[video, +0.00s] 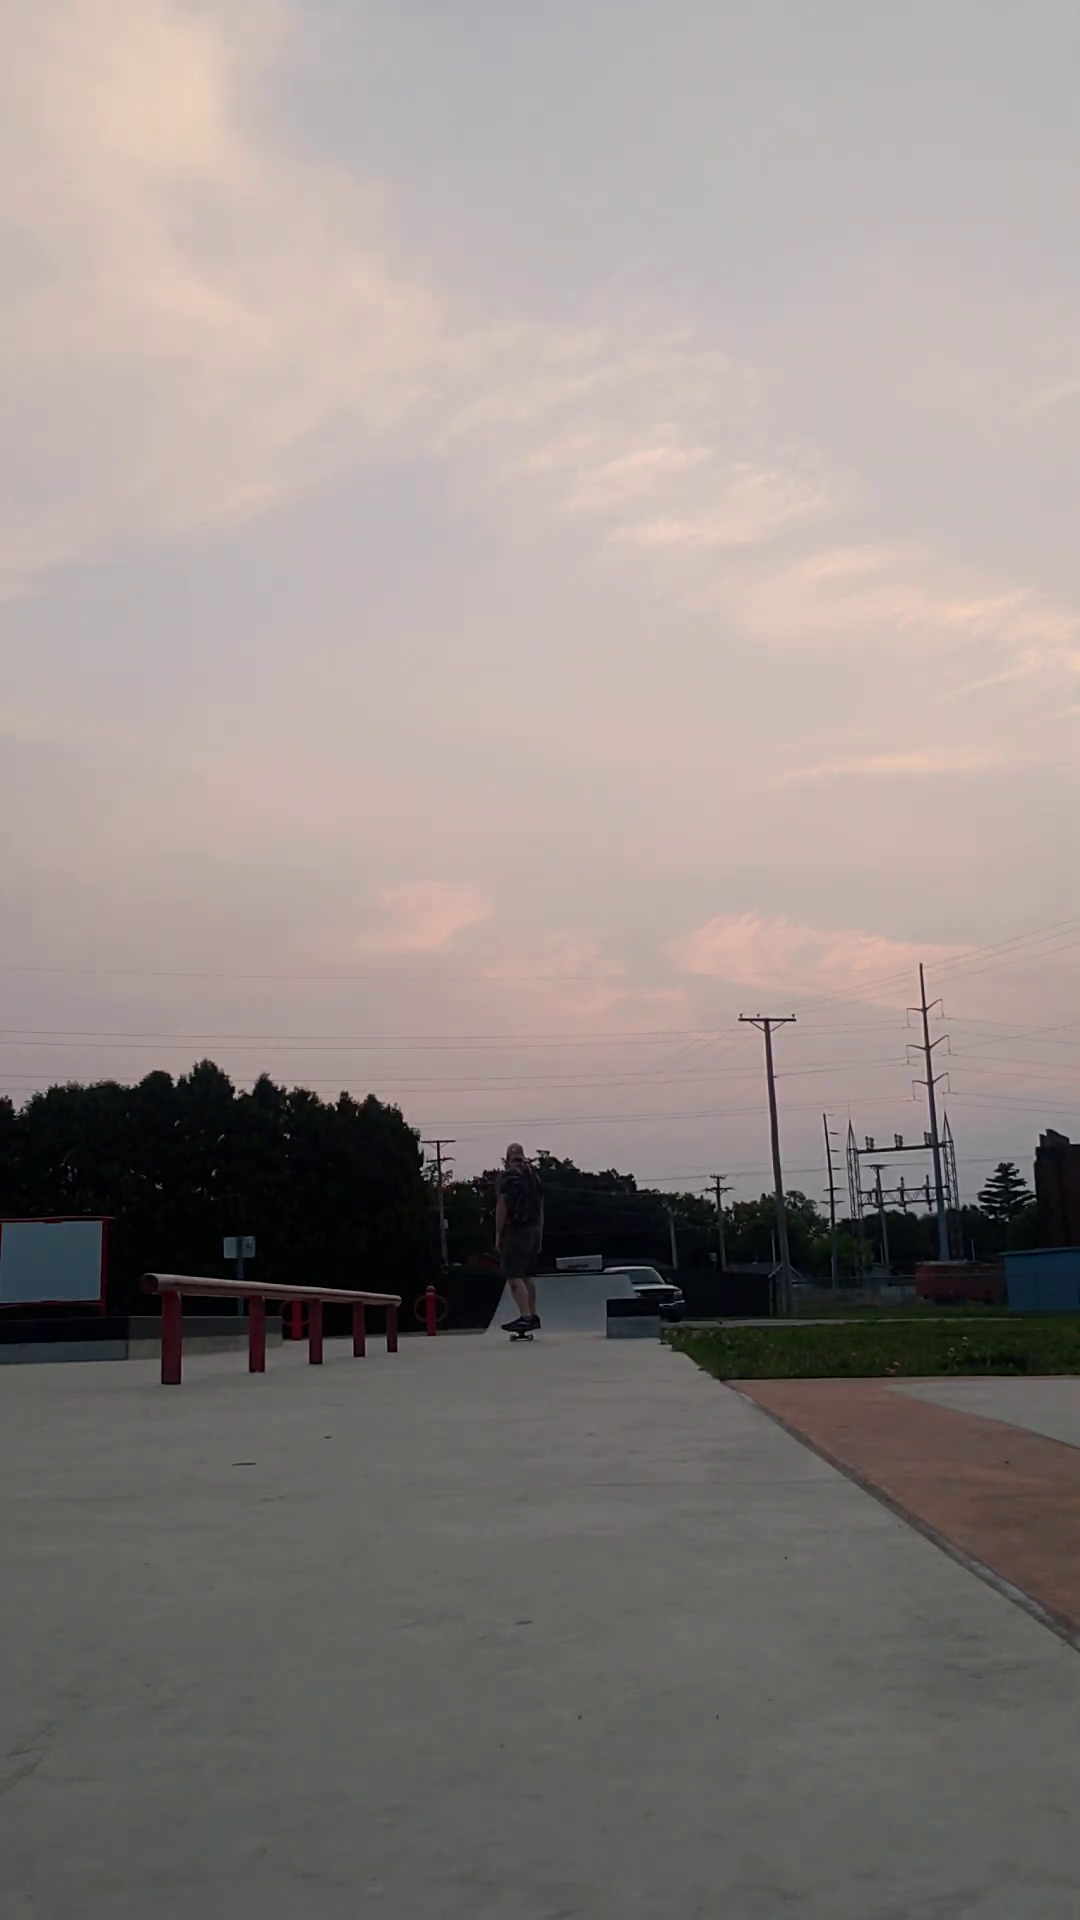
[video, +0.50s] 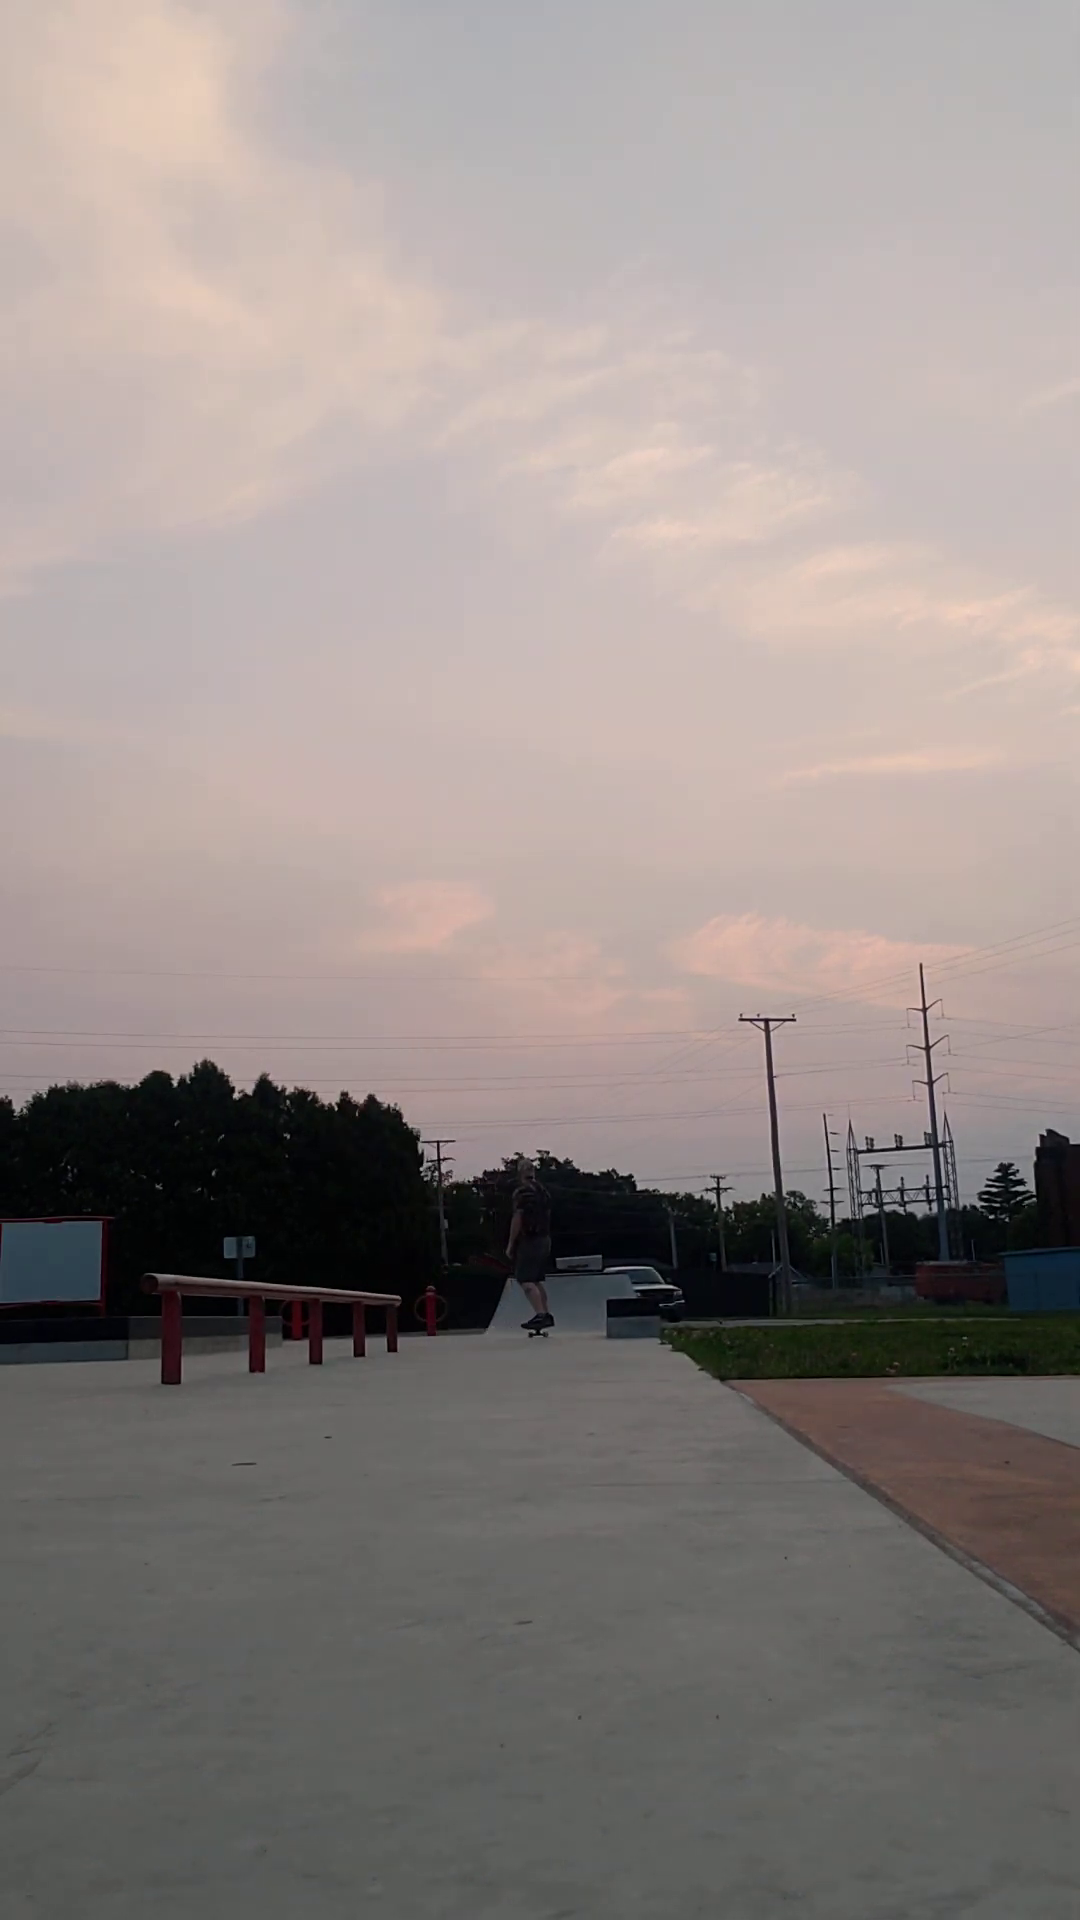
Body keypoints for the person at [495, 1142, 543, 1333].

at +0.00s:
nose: (514, 1159)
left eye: (511, 1155)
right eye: (517, 1155)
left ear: (507, 1157)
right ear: (524, 1157)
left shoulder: (506, 1176)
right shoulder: (533, 1176)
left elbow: (502, 1207)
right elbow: (539, 1207)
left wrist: (498, 1234)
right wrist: (539, 1234)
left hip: (515, 1231)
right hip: (533, 1231)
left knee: (514, 1276)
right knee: (526, 1275)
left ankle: (525, 1315)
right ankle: (532, 1315)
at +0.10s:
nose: (518, 1162)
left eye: (518, 1159)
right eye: (518, 1159)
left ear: (510, 1161)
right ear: (526, 1160)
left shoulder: (509, 1180)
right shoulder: (535, 1179)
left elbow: (504, 1209)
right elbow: (540, 1208)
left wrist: (500, 1235)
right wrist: (540, 1230)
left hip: (518, 1232)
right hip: (535, 1231)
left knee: (516, 1276)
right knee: (528, 1276)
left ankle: (528, 1316)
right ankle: (535, 1315)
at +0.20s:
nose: (518, 1166)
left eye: (517, 1162)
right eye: (520, 1162)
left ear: (512, 1163)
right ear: (528, 1163)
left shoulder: (511, 1182)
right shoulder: (537, 1182)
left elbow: (506, 1211)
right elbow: (542, 1211)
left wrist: (501, 1237)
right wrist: (540, 1231)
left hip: (520, 1234)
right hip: (537, 1233)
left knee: (518, 1277)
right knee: (529, 1276)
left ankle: (531, 1315)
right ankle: (538, 1314)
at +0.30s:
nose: (512, 1165)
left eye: (513, 1162)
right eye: (515, 1162)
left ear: (515, 1165)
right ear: (529, 1165)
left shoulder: (515, 1184)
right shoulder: (538, 1183)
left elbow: (509, 1212)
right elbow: (543, 1211)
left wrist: (503, 1239)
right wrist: (539, 1230)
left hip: (523, 1236)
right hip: (539, 1235)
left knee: (520, 1277)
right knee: (531, 1277)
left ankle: (533, 1313)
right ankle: (541, 1314)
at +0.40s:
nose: (516, 1173)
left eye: (516, 1169)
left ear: (516, 1170)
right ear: (531, 1170)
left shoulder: (518, 1188)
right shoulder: (540, 1187)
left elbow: (513, 1216)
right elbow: (545, 1213)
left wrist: (506, 1241)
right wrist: (542, 1232)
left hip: (525, 1238)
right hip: (541, 1237)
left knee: (523, 1278)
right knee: (535, 1278)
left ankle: (535, 1313)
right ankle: (543, 1313)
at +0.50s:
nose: (521, 1175)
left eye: (520, 1172)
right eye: (524, 1171)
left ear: (520, 1173)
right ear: (534, 1172)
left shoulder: (521, 1192)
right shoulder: (542, 1190)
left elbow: (517, 1219)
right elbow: (545, 1216)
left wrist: (510, 1244)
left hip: (529, 1240)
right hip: (543, 1239)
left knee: (525, 1278)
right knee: (536, 1279)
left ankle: (540, 1313)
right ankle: (545, 1314)